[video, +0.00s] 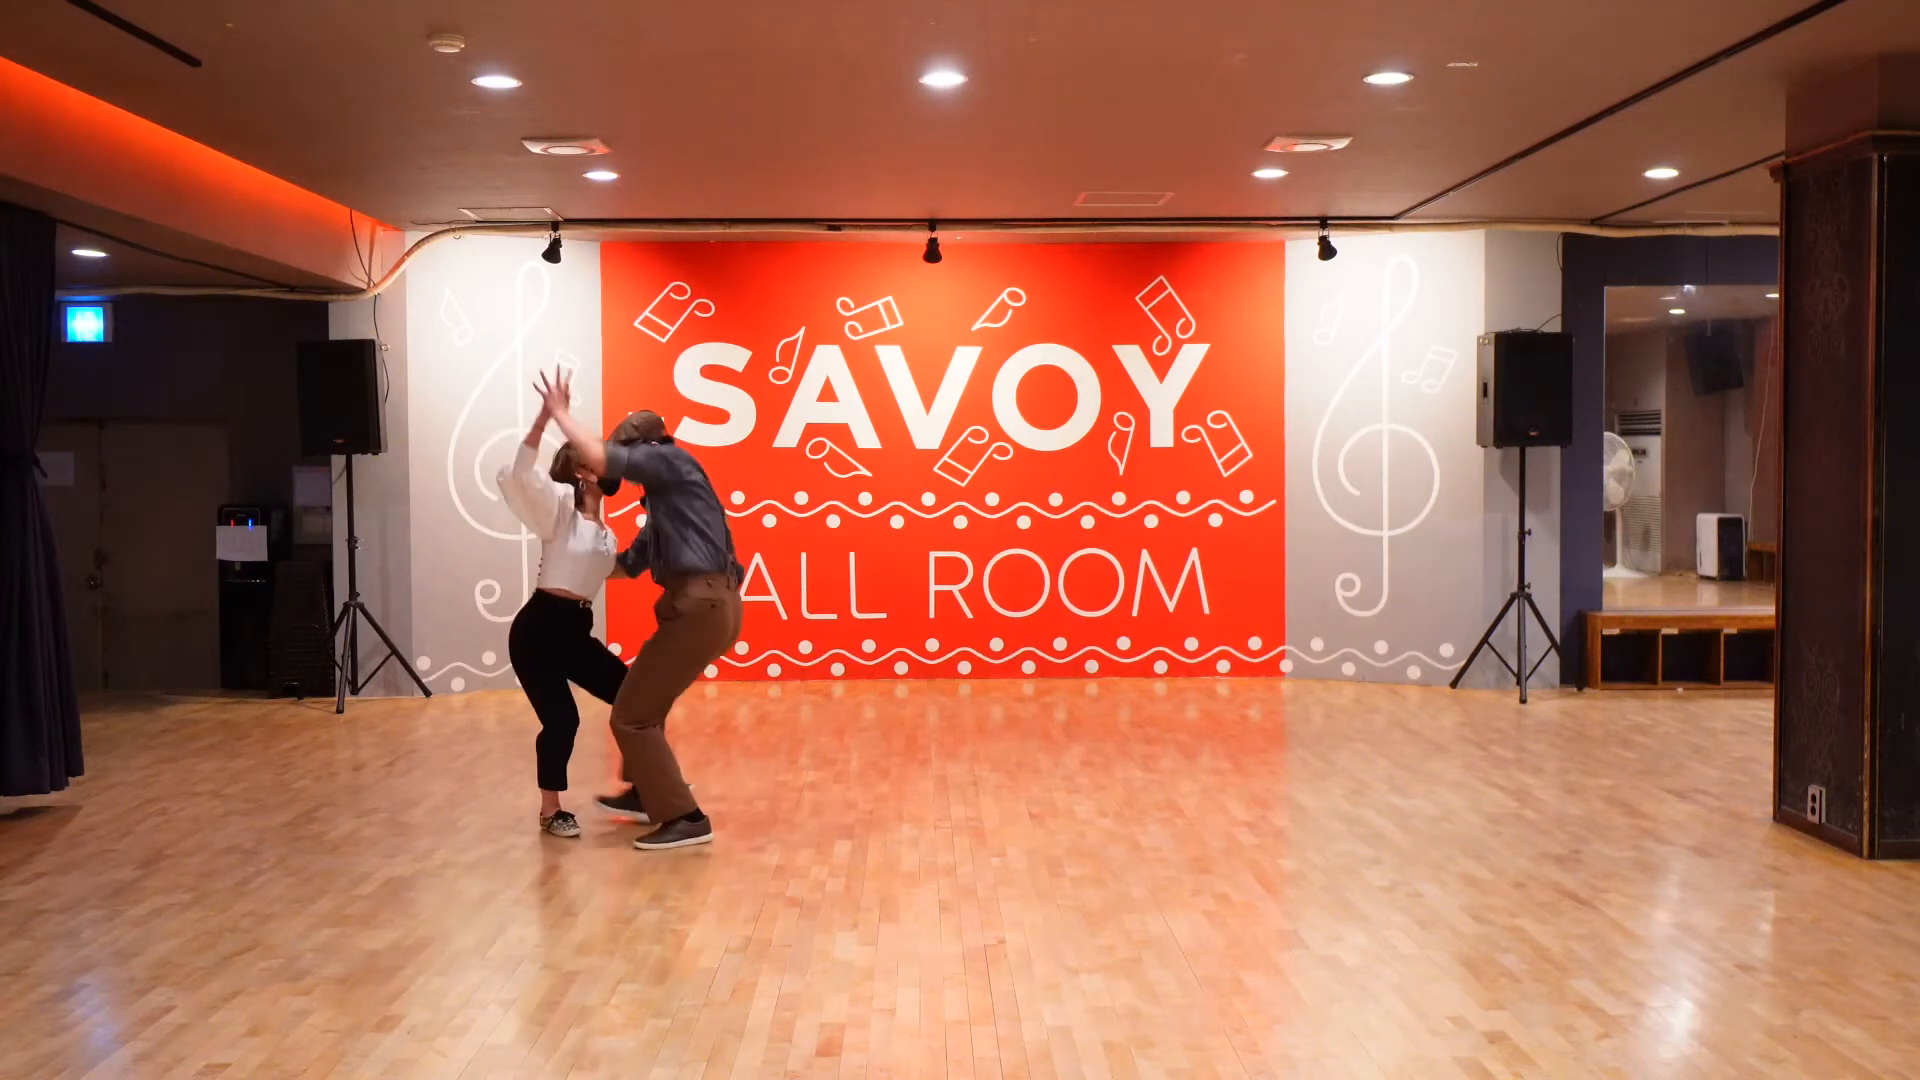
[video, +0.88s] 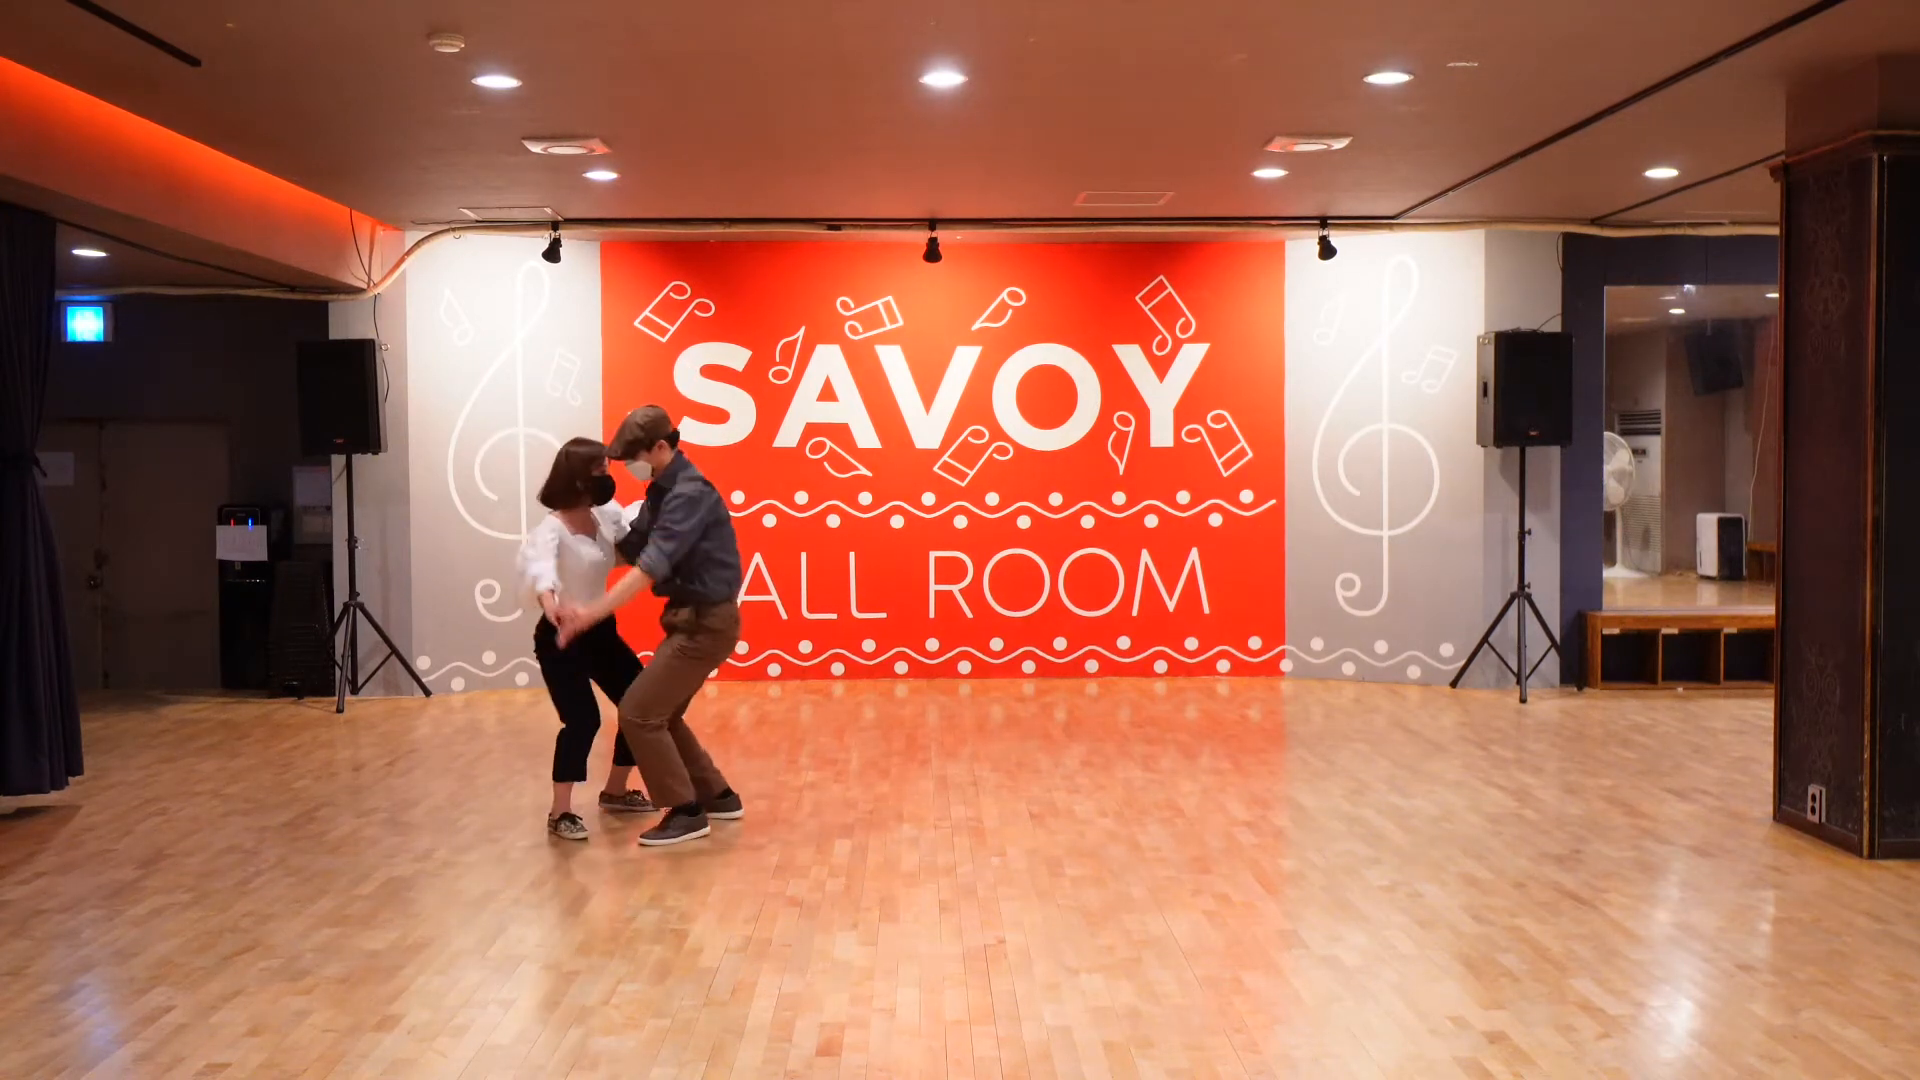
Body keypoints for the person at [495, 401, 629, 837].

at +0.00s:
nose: (599, 469)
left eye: (598, 464)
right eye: (590, 465)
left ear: (598, 478)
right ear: (577, 476)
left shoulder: (605, 535)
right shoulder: (559, 507)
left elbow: (626, 569)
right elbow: (520, 478)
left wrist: (655, 537)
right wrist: (542, 419)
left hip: (575, 632)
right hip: (537, 627)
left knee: (635, 693)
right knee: (561, 719)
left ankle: (637, 783)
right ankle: (550, 810)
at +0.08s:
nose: (600, 473)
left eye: (602, 468)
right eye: (591, 468)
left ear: (608, 483)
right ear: (571, 482)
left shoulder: (610, 533)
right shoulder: (559, 515)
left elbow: (607, 600)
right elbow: (517, 506)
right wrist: (554, 466)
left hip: (581, 635)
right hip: (543, 632)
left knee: (639, 692)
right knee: (565, 722)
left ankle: (622, 780)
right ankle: (552, 810)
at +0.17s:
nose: (604, 480)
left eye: (604, 473)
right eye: (595, 473)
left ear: (605, 480)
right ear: (571, 480)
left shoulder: (613, 528)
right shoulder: (553, 517)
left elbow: (640, 579)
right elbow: (516, 545)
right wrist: (558, 524)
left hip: (589, 639)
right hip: (550, 637)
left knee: (637, 703)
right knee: (572, 721)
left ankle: (615, 791)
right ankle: (554, 809)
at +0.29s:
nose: (611, 474)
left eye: (609, 467)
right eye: (602, 469)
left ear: (593, 478)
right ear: (581, 480)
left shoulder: (618, 513)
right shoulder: (554, 540)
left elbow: (652, 508)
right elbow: (550, 606)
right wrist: (581, 593)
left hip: (600, 627)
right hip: (560, 636)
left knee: (640, 695)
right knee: (579, 704)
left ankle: (616, 790)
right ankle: (562, 799)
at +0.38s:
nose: (614, 476)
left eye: (613, 468)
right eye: (606, 472)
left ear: (593, 476)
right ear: (582, 480)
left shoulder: (617, 501)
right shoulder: (563, 539)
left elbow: (647, 471)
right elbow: (568, 598)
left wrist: (688, 430)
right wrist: (595, 615)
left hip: (608, 607)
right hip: (568, 620)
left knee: (635, 692)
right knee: (577, 697)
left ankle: (614, 790)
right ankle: (572, 798)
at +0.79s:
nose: (609, 479)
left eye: (609, 472)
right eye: (602, 473)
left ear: (590, 483)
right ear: (583, 483)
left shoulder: (610, 506)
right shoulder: (552, 539)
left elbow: (646, 492)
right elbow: (552, 598)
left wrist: (665, 445)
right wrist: (573, 640)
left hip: (607, 617)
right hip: (566, 631)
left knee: (644, 699)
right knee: (585, 713)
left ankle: (616, 791)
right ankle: (560, 812)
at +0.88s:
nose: (608, 472)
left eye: (606, 465)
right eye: (601, 468)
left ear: (581, 478)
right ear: (582, 478)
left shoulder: (606, 516)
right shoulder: (548, 533)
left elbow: (642, 533)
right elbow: (541, 575)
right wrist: (552, 605)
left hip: (597, 628)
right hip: (557, 635)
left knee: (642, 700)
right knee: (582, 718)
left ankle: (615, 790)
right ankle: (560, 812)